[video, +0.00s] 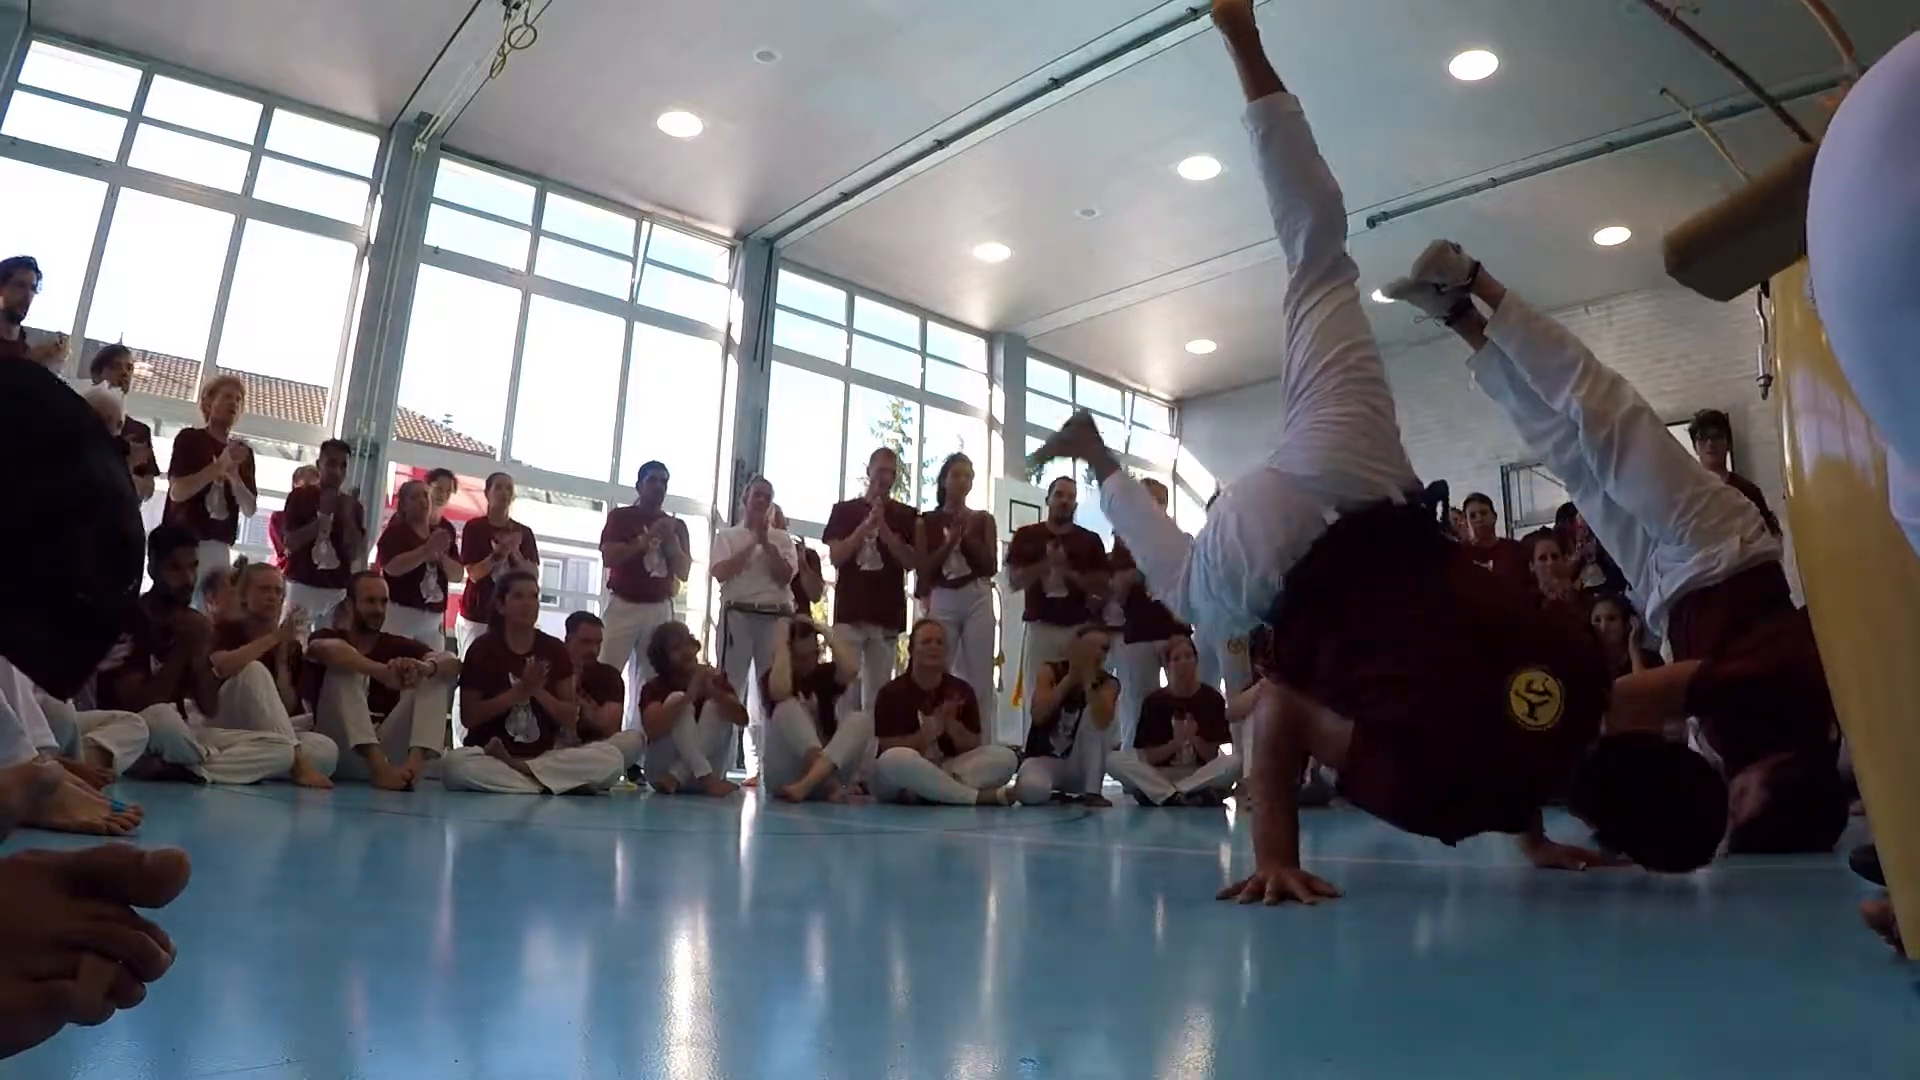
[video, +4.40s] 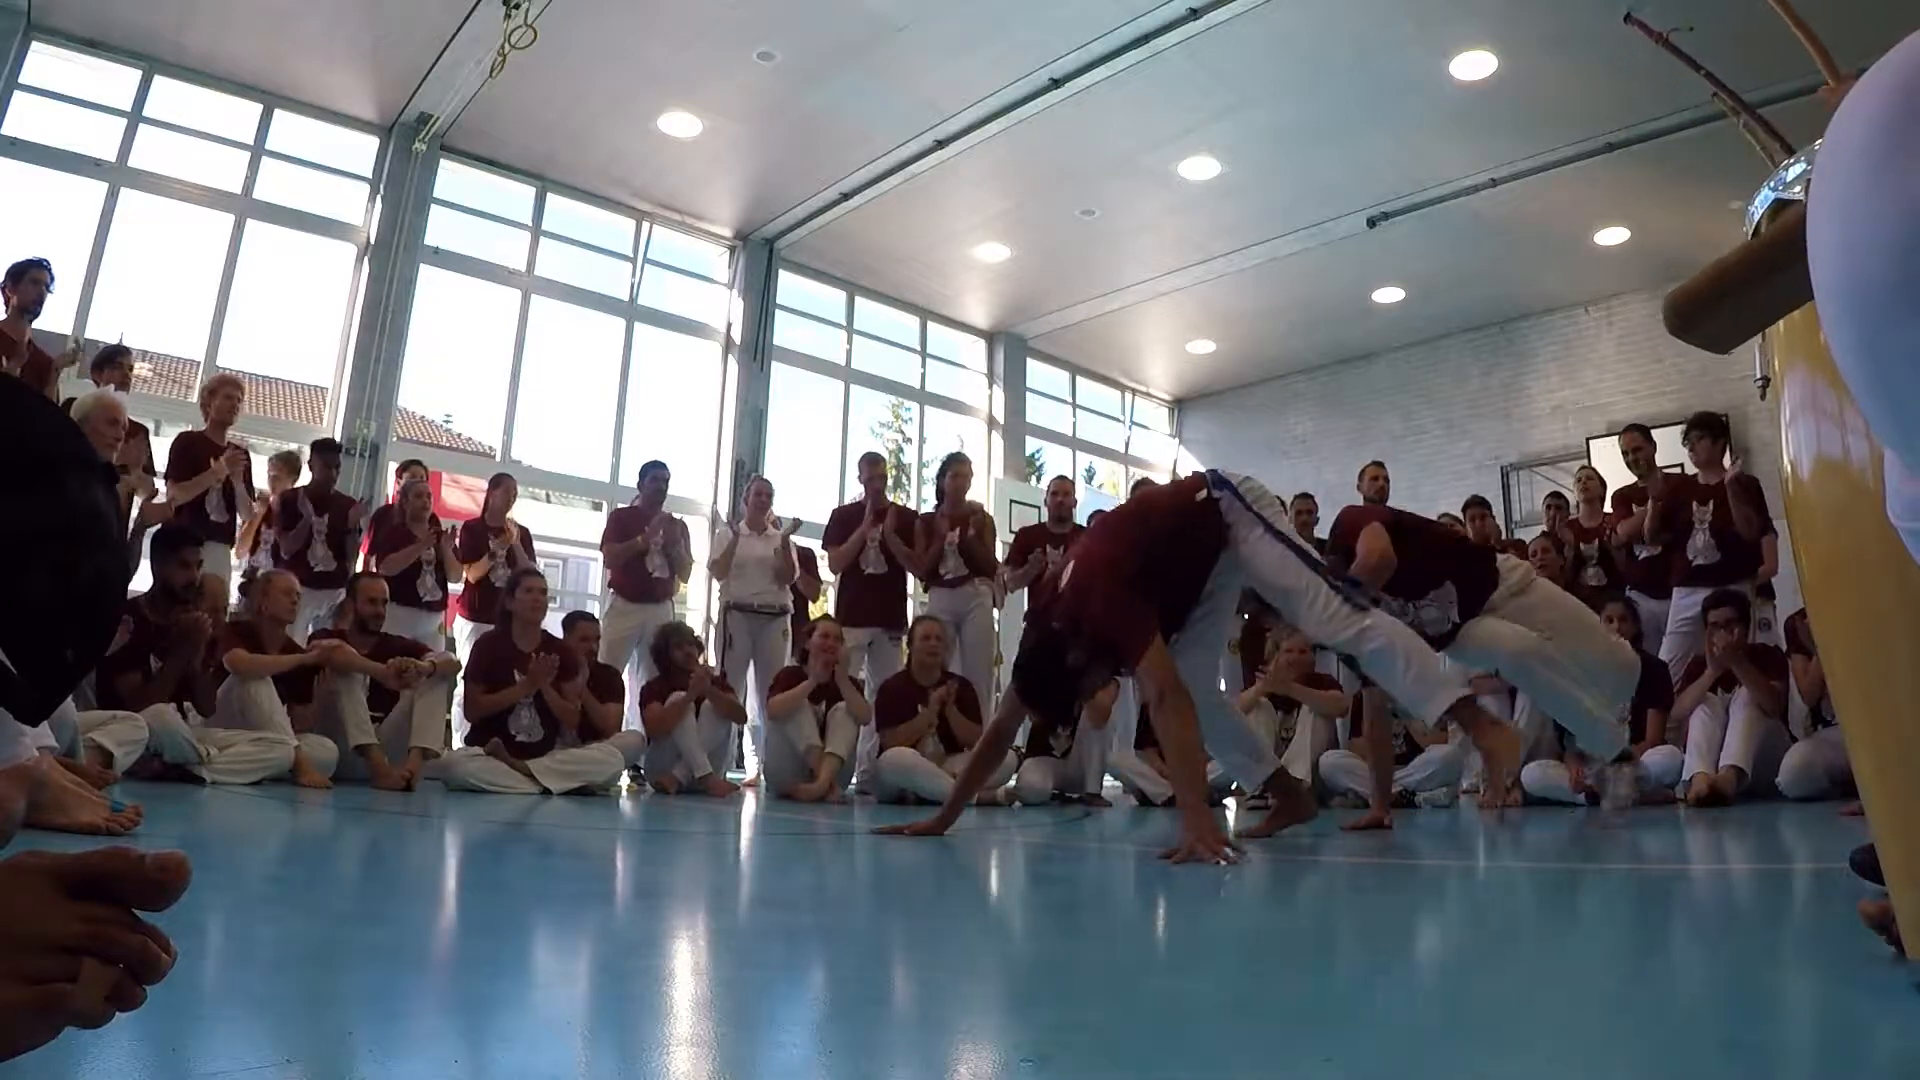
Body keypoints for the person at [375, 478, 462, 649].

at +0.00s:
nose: (423, 501)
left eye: (426, 496)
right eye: (415, 497)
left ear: (431, 501)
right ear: (402, 504)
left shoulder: (441, 533)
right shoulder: (395, 531)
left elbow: (457, 575)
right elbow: (392, 568)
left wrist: (441, 555)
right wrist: (428, 549)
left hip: (434, 614)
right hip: (400, 611)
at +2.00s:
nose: (426, 502)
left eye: (429, 497)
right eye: (419, 496)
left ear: (433, 502)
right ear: (406, 502)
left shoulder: (440, 535)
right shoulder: (394, 531)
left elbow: (457, 577)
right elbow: (390, 569)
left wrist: (448, 555)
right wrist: (426, 547)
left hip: (434, 614)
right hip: (401, 610)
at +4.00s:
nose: (425, 502)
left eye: (428, 497)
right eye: (418, 497)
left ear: (432, 502)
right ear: (405, 503)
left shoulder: (440, 536)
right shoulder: (394, 532)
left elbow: (455, 577)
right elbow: (387, 569)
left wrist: (445, 548)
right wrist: (424, 547)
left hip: (434, 613)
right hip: (401, 610)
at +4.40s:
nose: (426, 501)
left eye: (429, 496)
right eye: (419, 496)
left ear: (433, 501)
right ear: (404, 502)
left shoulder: (440, 536)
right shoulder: (394, 533)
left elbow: (455, 577)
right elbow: (385, 569)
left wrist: (447, 548)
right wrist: (421, 546)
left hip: (433, 614)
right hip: (399, 611)